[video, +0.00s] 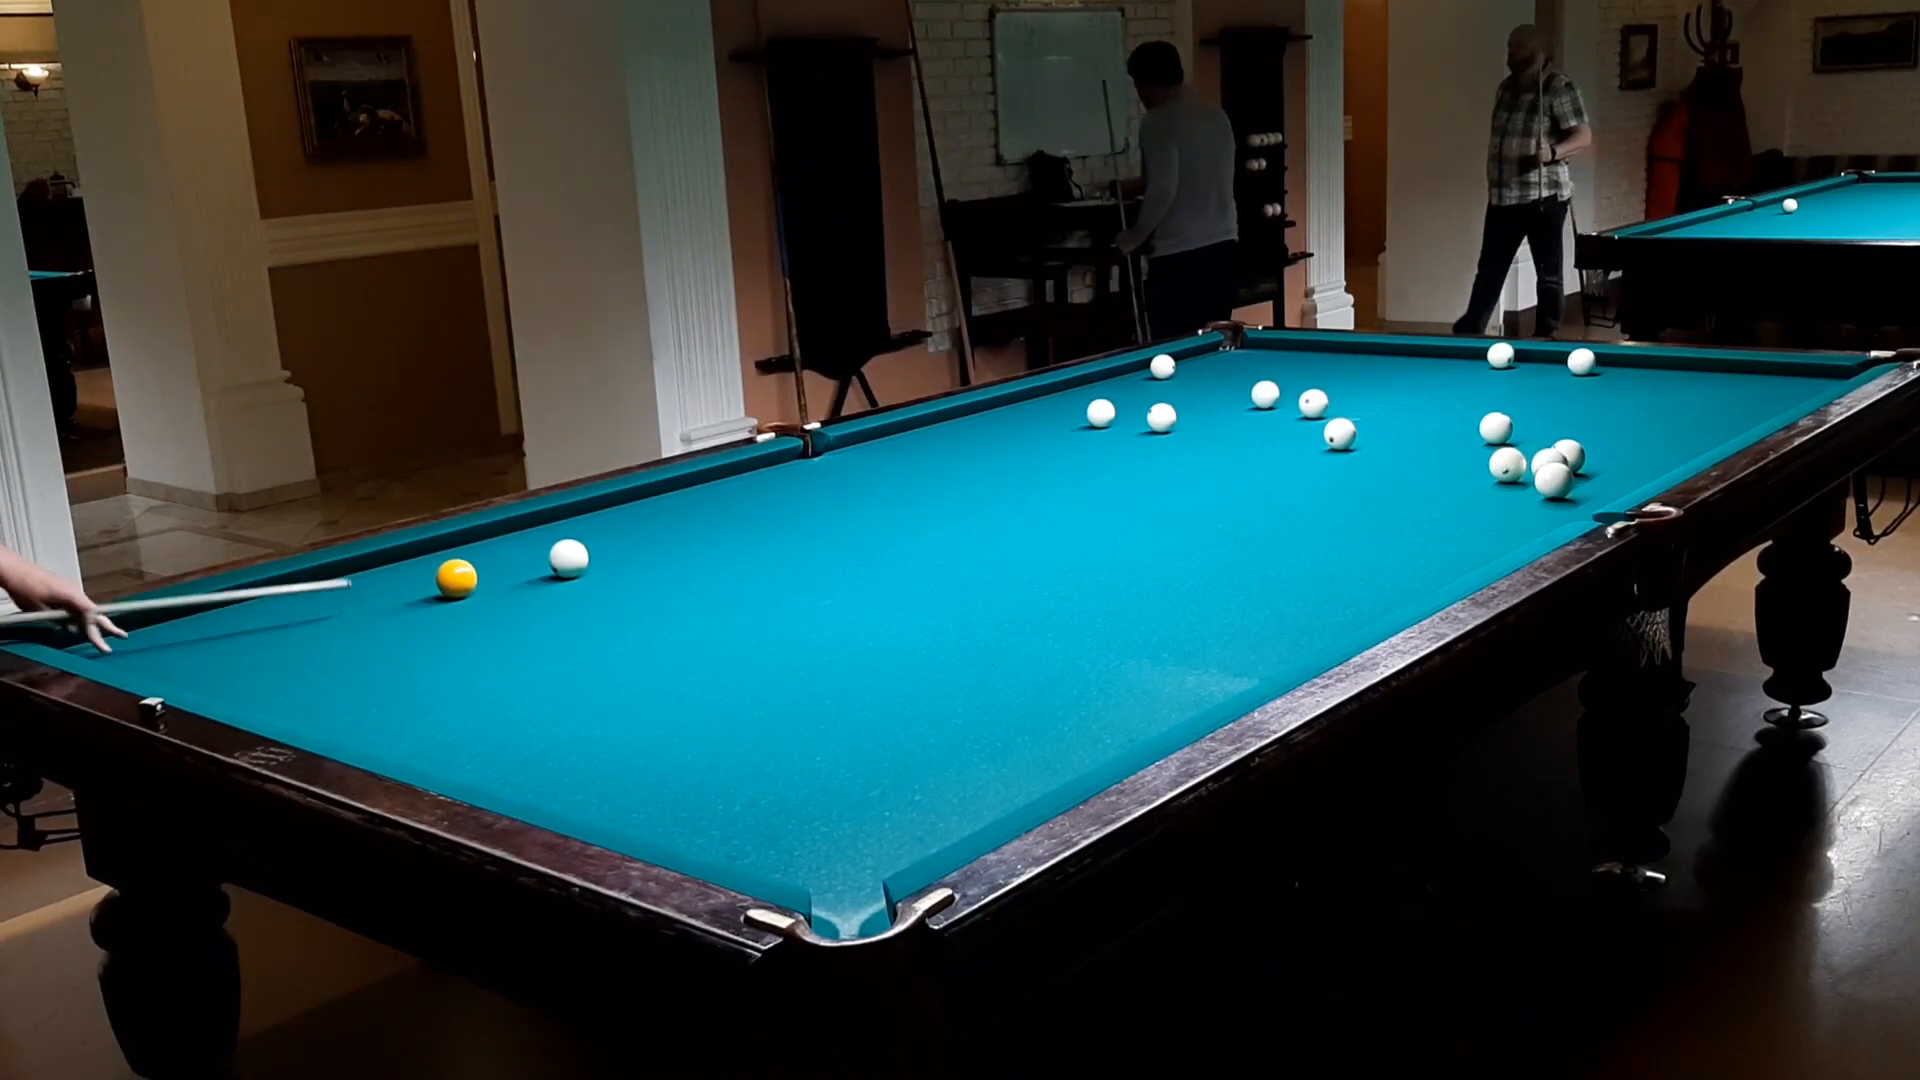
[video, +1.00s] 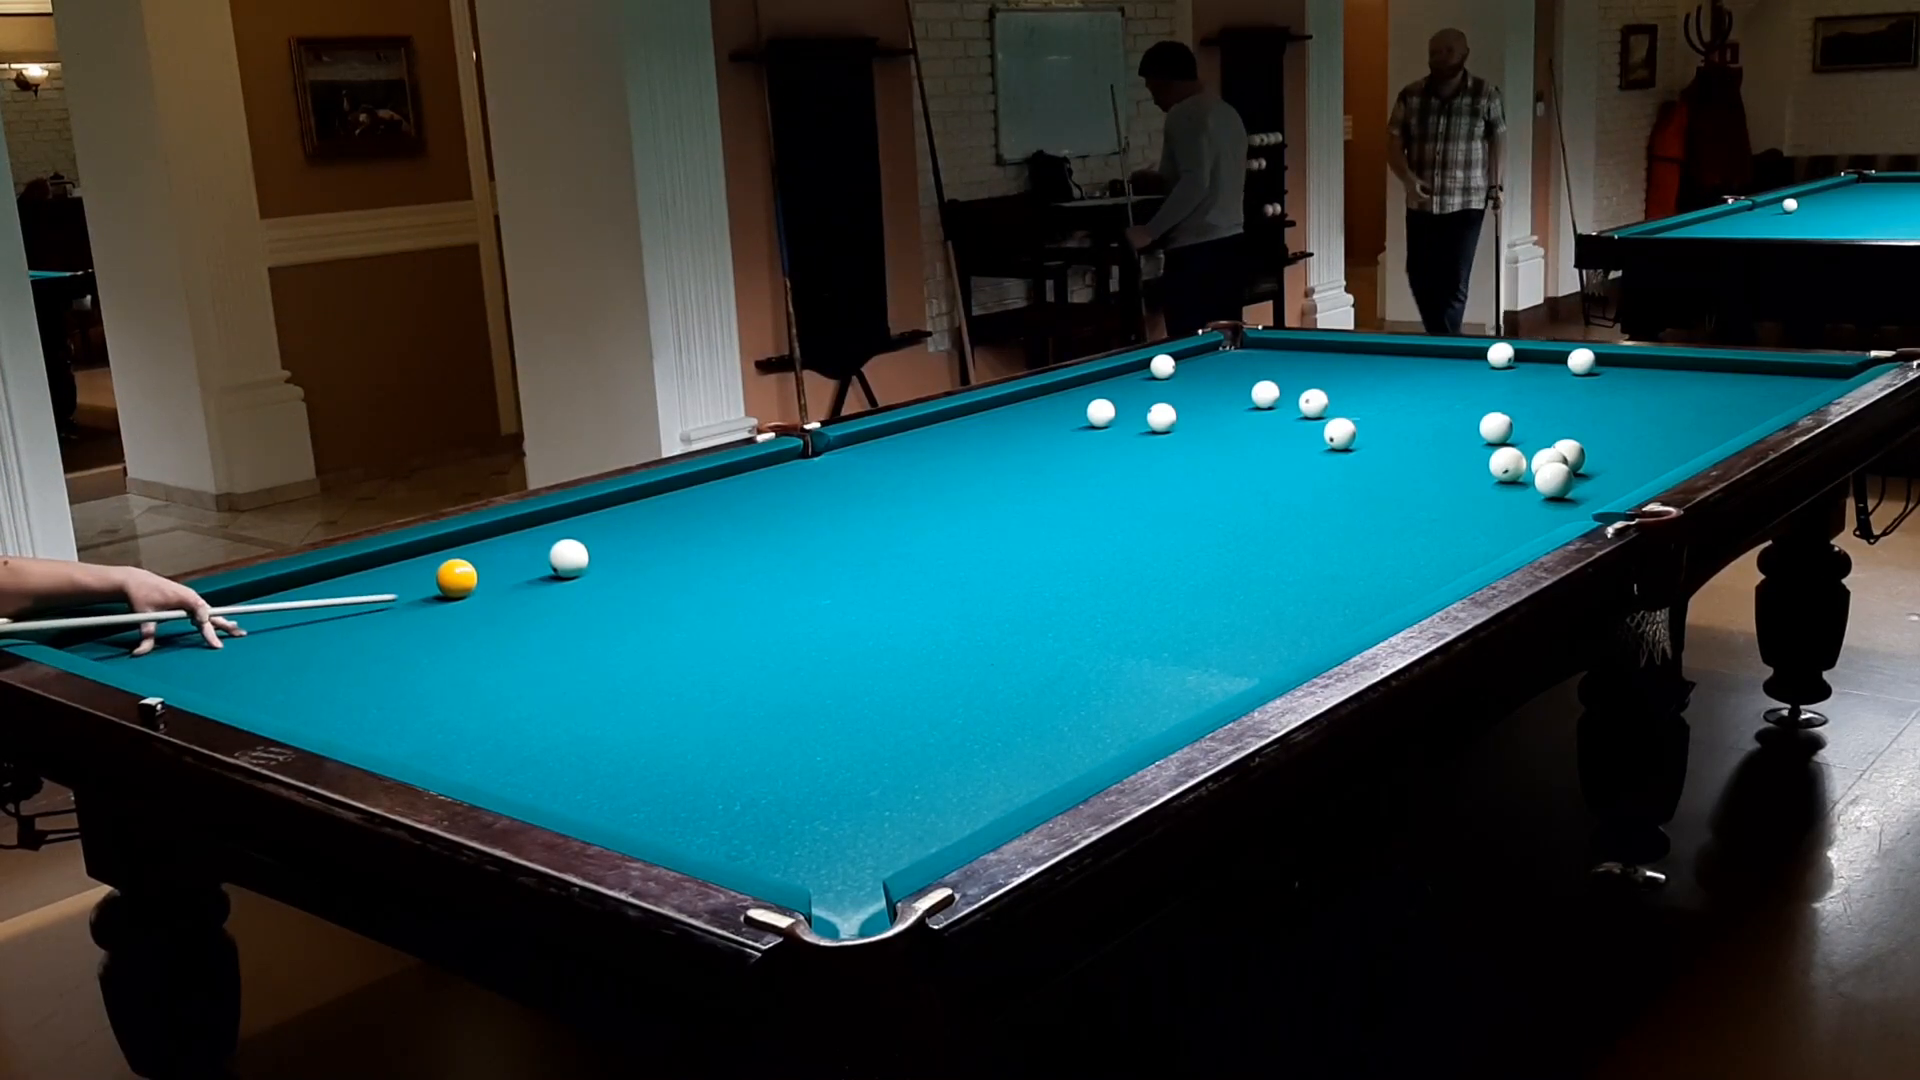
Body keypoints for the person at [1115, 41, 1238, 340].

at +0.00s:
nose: (1137, 92)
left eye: (1138, 83)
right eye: (1136, 83)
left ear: (1149, 82)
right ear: (1177, 72)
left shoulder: (1158, 122)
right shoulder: (1217, 116)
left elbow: (1163, 190)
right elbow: (1218, 180)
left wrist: (1137, 235)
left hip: (1177, 258)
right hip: (1223, 252)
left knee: (1174, 351)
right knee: (1215, 344)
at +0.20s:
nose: (1141, 94)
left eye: (1142, 85)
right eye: (1139, 86)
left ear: (1156, 82)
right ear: (1182, 73)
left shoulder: (1172, 119)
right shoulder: (1223, 117)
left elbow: (1185, 181)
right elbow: (1226, 180)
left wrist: (1151, 226)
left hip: (1188, 255)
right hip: (1229, 248)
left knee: (1181, 348)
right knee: (1222, 342)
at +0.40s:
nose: (1157, 98)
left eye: (1157, 88)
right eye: (1154, 89)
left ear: (1172, 82)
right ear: (1194, 75)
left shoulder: (1194, 116)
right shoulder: (1232, 113)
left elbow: (1210, 179)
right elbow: (1236, 180)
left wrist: (1164, 225)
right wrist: (1172, 172)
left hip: (1206, 252)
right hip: (1238, 246)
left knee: (1192, 348)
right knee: (1227, 343)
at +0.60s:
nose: (1166, 97)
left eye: (1166, 86)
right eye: (1163, 87)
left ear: (1181, 78)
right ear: (1200, 73)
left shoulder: (1203, 113)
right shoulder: (1236, 111)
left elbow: (1214, 177)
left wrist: (1158, 215)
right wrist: (1174, 179)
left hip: (1210, 250)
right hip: (1240, 244)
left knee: (1195, 346)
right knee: (1228, 342)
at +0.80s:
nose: (1163, 96)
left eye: (1163, 85)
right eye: (1160, 86)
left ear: (1179, 79)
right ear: (1199, 74)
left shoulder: (1198, 114)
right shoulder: (1235, 112)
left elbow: (1206, 179)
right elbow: (1231, 179)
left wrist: (1153, 219)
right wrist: (1169, 181)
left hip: (1204, 252)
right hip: (1236, 246)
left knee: (1193, 348)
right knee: (1227, 343)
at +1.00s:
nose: (1150, 94)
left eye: (1151, 85)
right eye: (1148, 86)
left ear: (1166, 80)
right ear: (1189, 74)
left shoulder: (1184, 117)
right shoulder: (1226, 113)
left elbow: (1194, 184)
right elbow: (1224, 180)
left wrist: (1150, 231)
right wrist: (1162, 180)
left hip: (1195, 253)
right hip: (1231, 247)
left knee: (1188, 349)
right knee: (1226, 342)